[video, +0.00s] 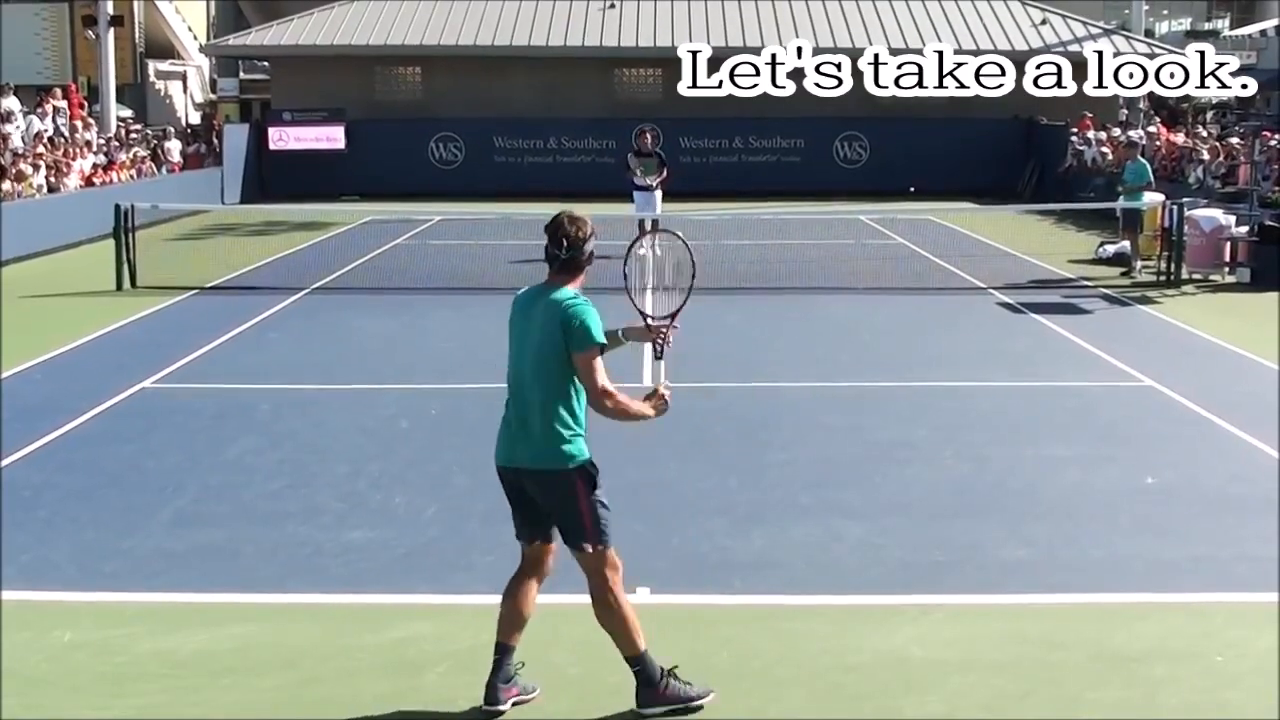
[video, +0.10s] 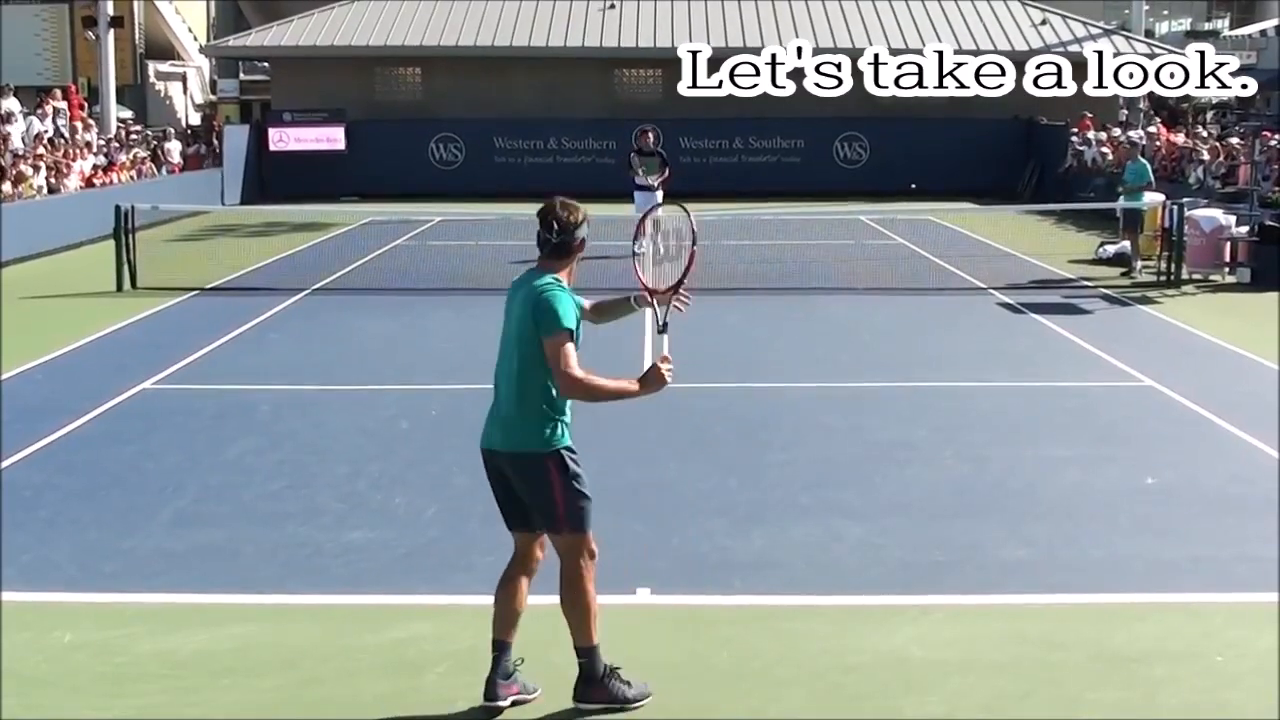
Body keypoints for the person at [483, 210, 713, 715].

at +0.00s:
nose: (592, 258)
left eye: (587, 250)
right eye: (592, 251)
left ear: (547, 253)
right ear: (589, 257)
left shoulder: (523, 302)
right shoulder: (578, 313)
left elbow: (568, 349)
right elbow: (602, 397)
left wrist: (633, 333)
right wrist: (648, 407)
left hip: (513, 457)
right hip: (560, 460)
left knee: (536, 558)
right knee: (604, 569)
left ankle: (500, 680)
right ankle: (652, 682)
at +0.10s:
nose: (586, 247)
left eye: (582, 240)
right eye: (586, 240)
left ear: (541, 241)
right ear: (580, 246)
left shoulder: (526, 286)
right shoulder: (555, 298)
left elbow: (593, 311)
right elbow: (569, 381)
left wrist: (646, 299)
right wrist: (639, 386)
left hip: (501, 446)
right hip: (541, 448)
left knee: (527, 551)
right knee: (580, 553)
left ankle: (500, 675)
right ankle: (593, 677)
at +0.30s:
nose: (577, 250)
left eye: (572, 244)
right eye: (576, 244)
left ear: (531, 242)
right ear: (570, 249)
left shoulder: (540, 283)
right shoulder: (527, 294)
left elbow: (606, 280)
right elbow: (503, 367)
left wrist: (674, 265)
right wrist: (579, 374)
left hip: (482, 442)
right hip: (517, 448)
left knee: (491, 551)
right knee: (536, 563)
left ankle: (437, 661)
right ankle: (522, 687)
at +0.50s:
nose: (559, 261)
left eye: (556, 254)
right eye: (558, 253)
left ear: (515, 250)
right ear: (549, 258)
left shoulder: (524, 292)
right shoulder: (494, 304)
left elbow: (587, 301)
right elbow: (471, 380)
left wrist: (658, 310)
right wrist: (517, 433)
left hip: (448, 443)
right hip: (481, 449)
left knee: (448, 548)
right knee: (520, 558)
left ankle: (393, 661)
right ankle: (519, 687)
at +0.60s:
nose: (541, 267)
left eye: (540, 260)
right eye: (541, 260)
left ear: (497, 254)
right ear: (533, 263)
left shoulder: (477, 289)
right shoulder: (488, 311)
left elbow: (541, 308)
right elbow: (479, 397)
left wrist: (604, 325)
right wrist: (508, 465)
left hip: (424, 445)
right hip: (464, 452)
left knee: (420, 553)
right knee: (512, 557)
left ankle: (381, 669)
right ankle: (519, 687)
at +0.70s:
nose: (519, 266)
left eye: (521, 258)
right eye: (520, 258)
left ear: (475, 249)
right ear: (508, 258)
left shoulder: (438, 275)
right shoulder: (489, 311)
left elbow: (460, 314)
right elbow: (521, 401)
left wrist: (504, 329)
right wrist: (570, 461)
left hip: (409, 439)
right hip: (461, 448)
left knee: (400, 552)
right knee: (500, 559)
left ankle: (378, 672)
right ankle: (517, 685)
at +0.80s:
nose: (501, 257)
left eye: (500, 249)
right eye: (500, 250)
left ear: (450, 243)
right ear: (486, 252)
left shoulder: (398, 279)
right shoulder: (488, 305)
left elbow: (396, 307)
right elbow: (540, 359)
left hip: (401, 440)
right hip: (457, 445)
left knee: (393, 551)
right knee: (490, 558)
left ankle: (380, 673)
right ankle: (515, 680)